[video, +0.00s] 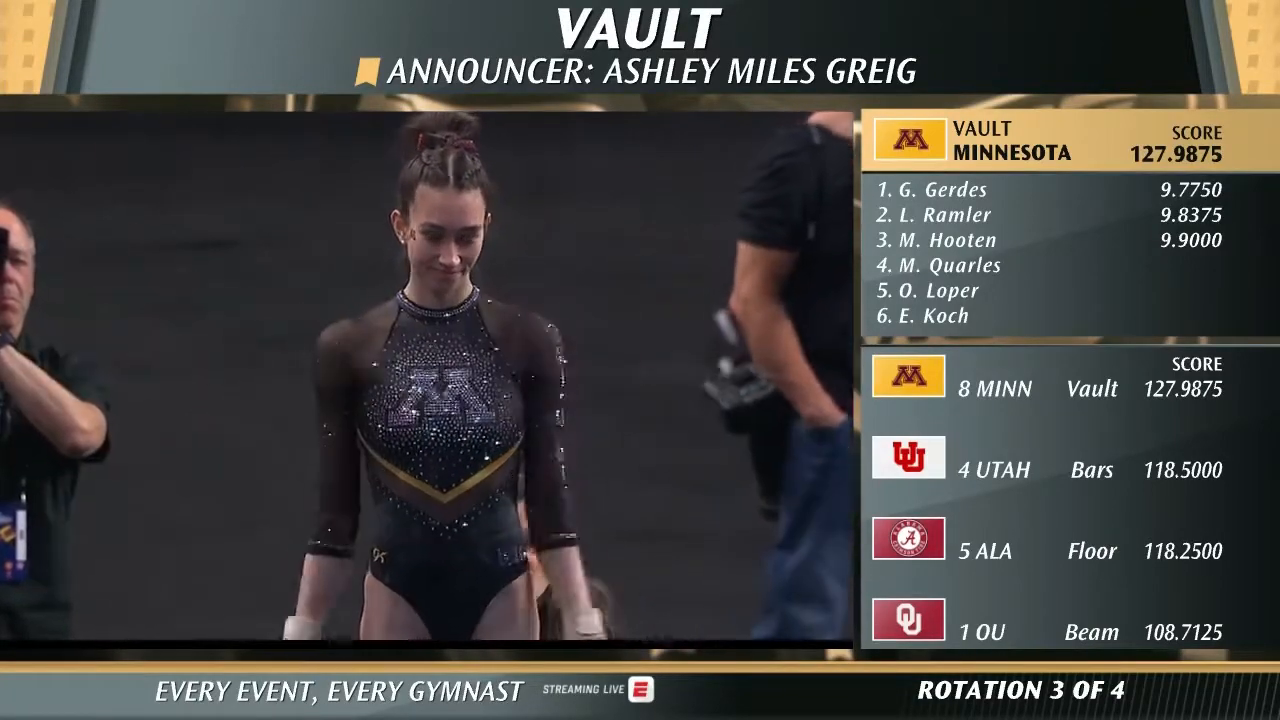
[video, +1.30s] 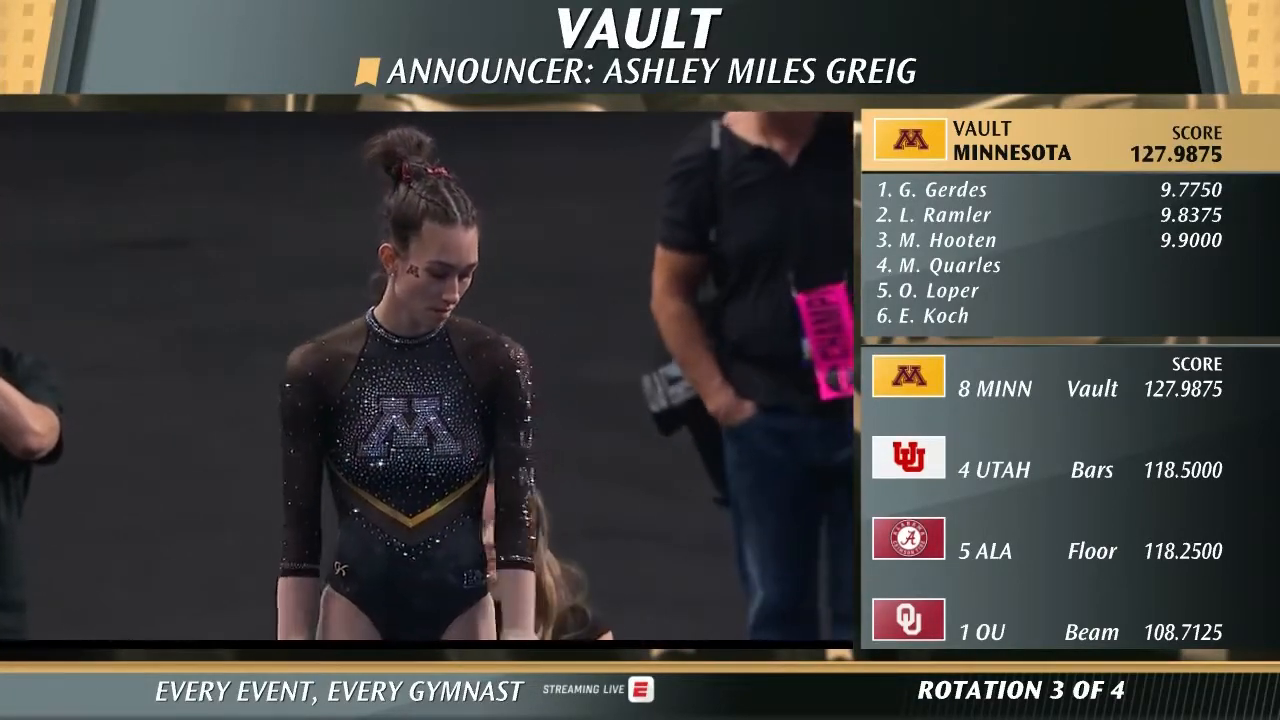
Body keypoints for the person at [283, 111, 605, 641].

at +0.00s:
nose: (451, 255)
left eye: (467, 236)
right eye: (432, 235)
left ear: (487, 226)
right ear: (401, 226)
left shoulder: (530, 341)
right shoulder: (349, 348)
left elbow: (550, 495)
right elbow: (337, 512)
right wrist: (303, 628)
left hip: (503, 588)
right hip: (395, 591)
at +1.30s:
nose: (454, 292)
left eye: (466, 273)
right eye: (437, 272)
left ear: (477, 264)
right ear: (391, 260)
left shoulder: (497, 364)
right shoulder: (317, 367)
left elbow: (514, 517)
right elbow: (300, 528)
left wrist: (519, 646)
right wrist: (293, 657)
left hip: (465, 601)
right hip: (356, 599)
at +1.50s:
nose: (445, 287)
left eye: (457, 268)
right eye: (429, 267)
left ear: (467, 260)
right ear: (381, 255)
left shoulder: (486, 360)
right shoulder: (305, 363)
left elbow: (490, 508)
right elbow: (290, 518)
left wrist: (475, 624)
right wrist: (318, 631)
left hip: (454, 602)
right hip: (351, 602)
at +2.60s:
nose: (506, 262)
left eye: (518, 245)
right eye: (493, 243)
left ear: (529, 232)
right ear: (443, 225)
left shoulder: (530, 333)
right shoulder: (346, 319)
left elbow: (557, 482)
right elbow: (302, 468)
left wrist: (561, 610)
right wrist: (279, 602)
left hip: (473, 580)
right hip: (361, 575)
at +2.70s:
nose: (504, 258)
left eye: (515, 241)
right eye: (492, 238)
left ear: (524, 230)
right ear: (441, 222)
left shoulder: (527, 327)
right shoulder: (343, 315)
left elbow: (555, 477)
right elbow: (299, 465)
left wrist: (543, 597)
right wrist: (287, 596)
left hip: (473, 579)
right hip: (361, 574)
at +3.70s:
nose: (469, 241)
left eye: (477, 224)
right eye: (456, 222)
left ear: (483, 215)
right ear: (404, 208)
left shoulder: (492, 311)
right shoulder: (312, 309)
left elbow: (507, 464)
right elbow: (288, 463)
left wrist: (500, 610)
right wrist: (292, 609)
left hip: (460, 558)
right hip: (348, 555)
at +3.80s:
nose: (471, 245)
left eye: (479, 228)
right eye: (458, 227)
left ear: (485, 216)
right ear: (406, 212)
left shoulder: (493, 315)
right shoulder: (314, 314)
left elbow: (509, 466)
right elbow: (291, 464)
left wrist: (492, 607)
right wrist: (290, 608)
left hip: (460, 561)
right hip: (350, 559)